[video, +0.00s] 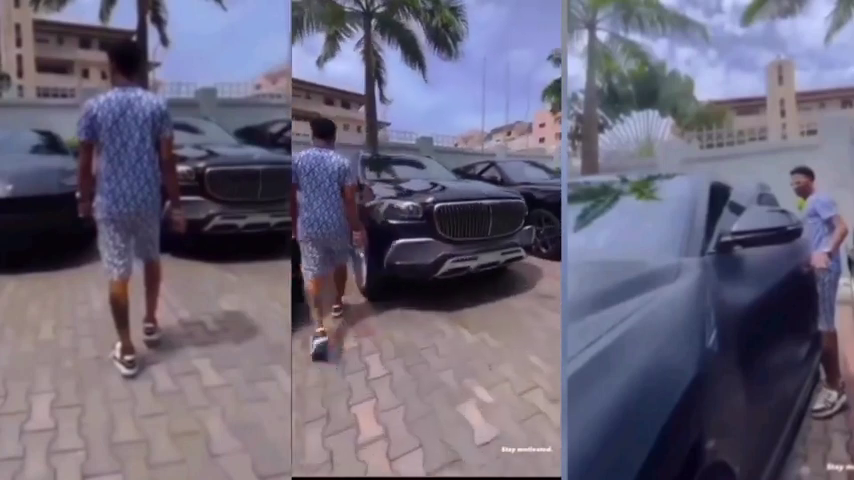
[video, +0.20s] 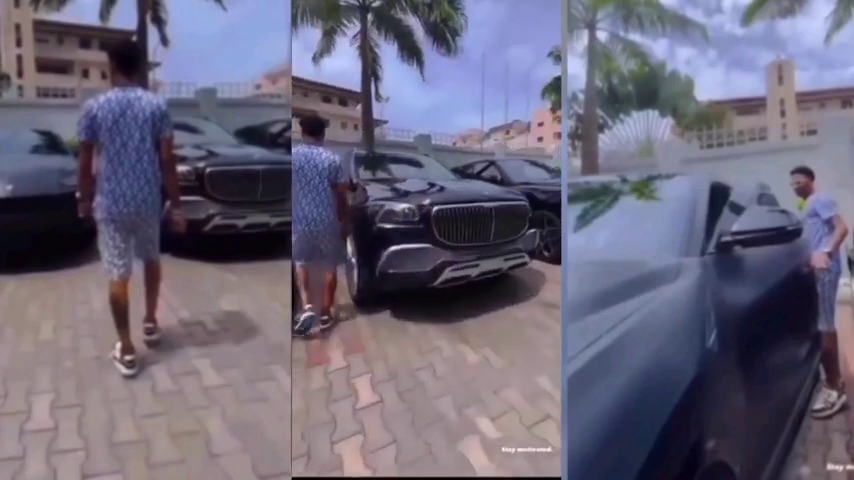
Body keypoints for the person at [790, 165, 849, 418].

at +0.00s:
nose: (796, 187)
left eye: (799, 183)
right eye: (793, 184)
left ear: (811, 181)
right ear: (797, 185)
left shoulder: (821, 201)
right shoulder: (809, 205)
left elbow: (842, 227)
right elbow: (820, 234)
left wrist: (827, 253)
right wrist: (810, 255)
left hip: (825, 268)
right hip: (815, 268)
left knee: (825, 327)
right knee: (822, 327)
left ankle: (834, 388)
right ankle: (830, 385)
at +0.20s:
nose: (796, 187)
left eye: (799, 183)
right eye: (793, 184)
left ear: (811, 181)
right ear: (797, 185)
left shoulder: (821, 201)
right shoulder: (809, 205)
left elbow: (842, 227)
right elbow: (820, 234)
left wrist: (827, 253)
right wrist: (810, 255)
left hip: (825, 268)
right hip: (815, 268)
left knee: (825, 327)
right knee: (822, 327)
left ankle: (834, 388)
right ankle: (830, 385)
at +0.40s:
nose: (796, 187)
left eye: (799, 183)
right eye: (793, 184)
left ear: (811, 181)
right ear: (797, 185)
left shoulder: (821, 201)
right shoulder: (809, 205)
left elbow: (842, 227)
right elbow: (820, 234)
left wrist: (827, 253)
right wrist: (810, 255)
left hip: (825, 268)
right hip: (815, 268)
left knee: (825, 327)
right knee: (822, 327)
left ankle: (834, 388)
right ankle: (830, 385)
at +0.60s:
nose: (796, 187)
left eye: (799, 183)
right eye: (793, 184)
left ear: (811, 181)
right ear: (797, 185)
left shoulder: (821, 201)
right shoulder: (809, 205)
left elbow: (842, 227)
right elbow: (820, 234)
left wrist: (827, 253)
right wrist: (810, 255)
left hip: (825, 268)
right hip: (815, 268)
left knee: (825, 327)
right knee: (822, 327)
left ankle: (834, 388)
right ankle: (830, 385)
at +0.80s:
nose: (796, 187)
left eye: (799, 183)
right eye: (793, 184)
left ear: (811, 181)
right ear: (796, 185)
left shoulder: (821, 201)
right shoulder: (809, 205)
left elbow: (842, 227)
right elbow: (820, 234)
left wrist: (827, 253)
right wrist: (810, 255)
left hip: (825, 268)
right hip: (815, 268)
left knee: (825, 327)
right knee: (822, 327)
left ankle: (834, 388)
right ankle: (830, 385)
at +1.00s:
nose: (796, 187)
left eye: (799, 183)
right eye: (793, 184)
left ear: (811, 181)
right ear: (797, 185)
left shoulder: (821, 201)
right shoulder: (809, 205)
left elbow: (842, 227)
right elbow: (820, 234)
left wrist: (827, 253)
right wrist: (810, 255)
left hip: (825, 268)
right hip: (815, 268)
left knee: (825, 327)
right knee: (822, 327)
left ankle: (834, 388)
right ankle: (830, 385)